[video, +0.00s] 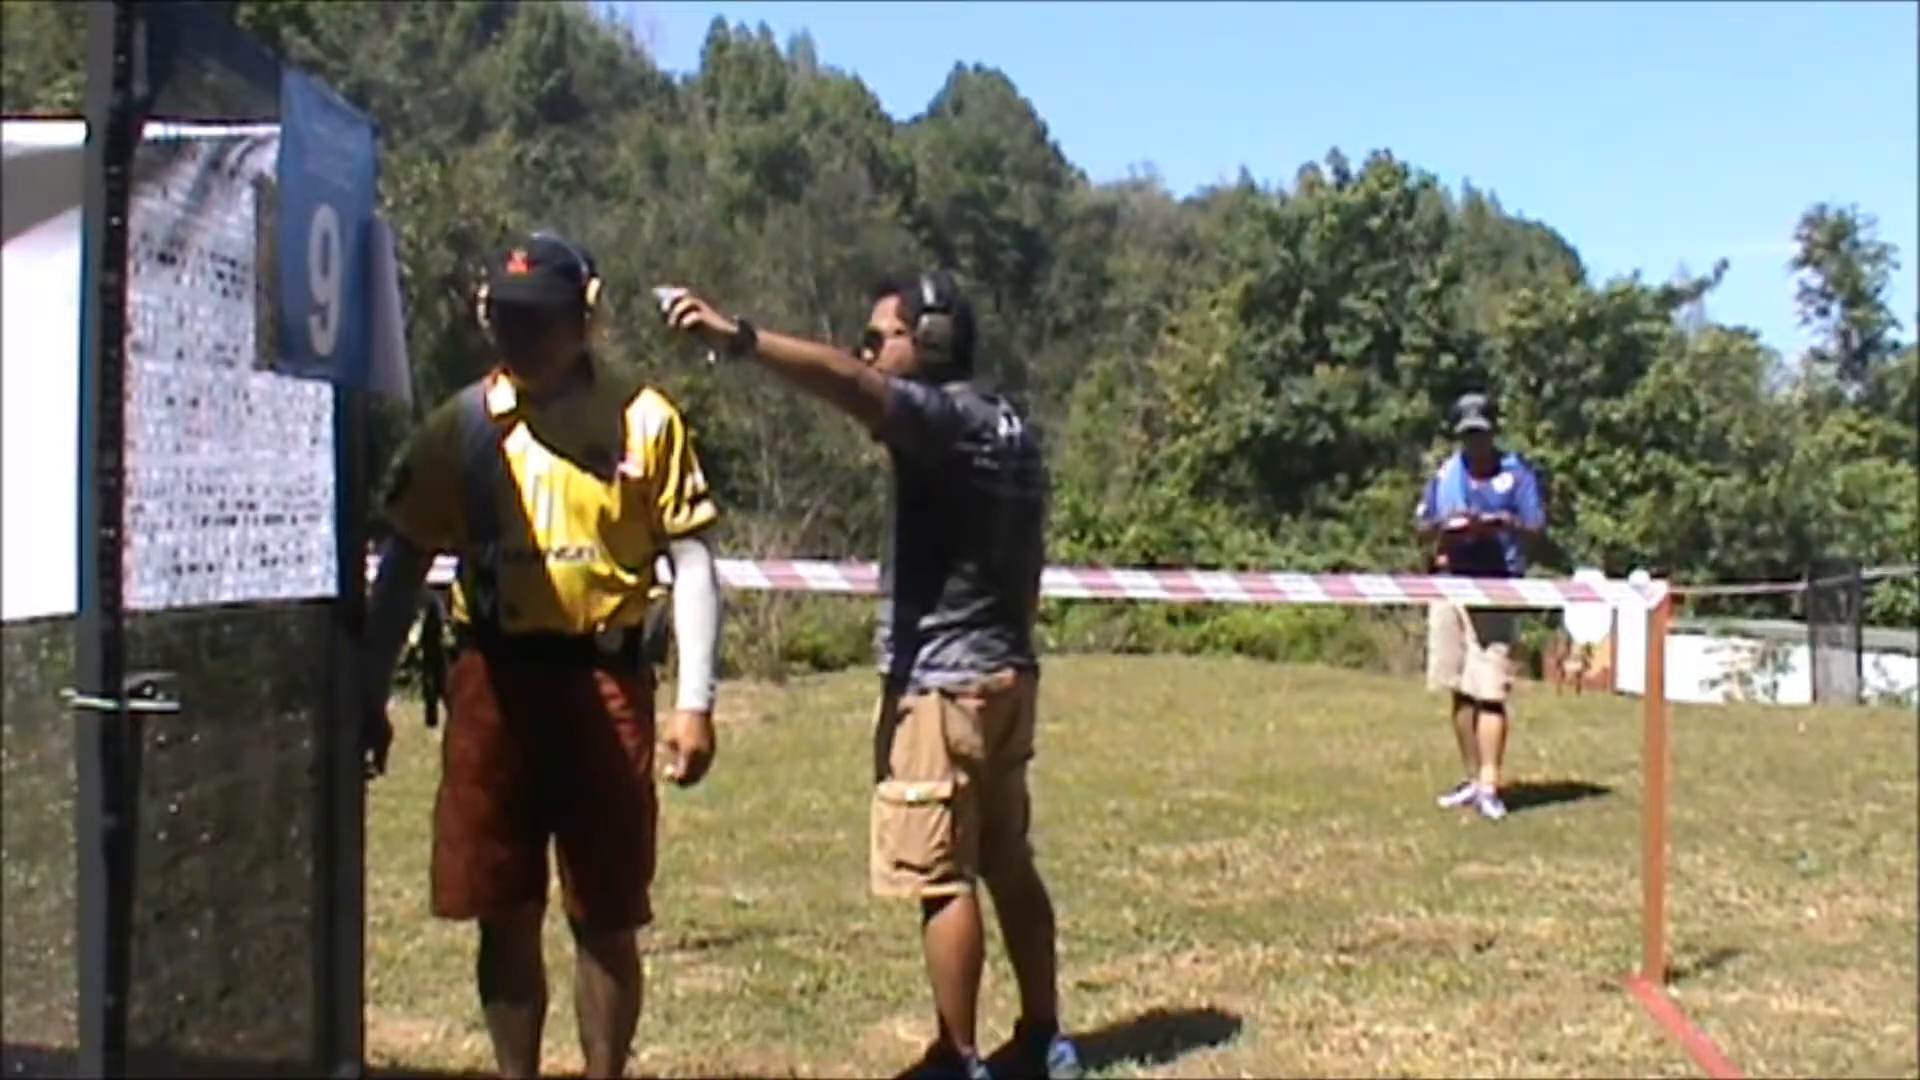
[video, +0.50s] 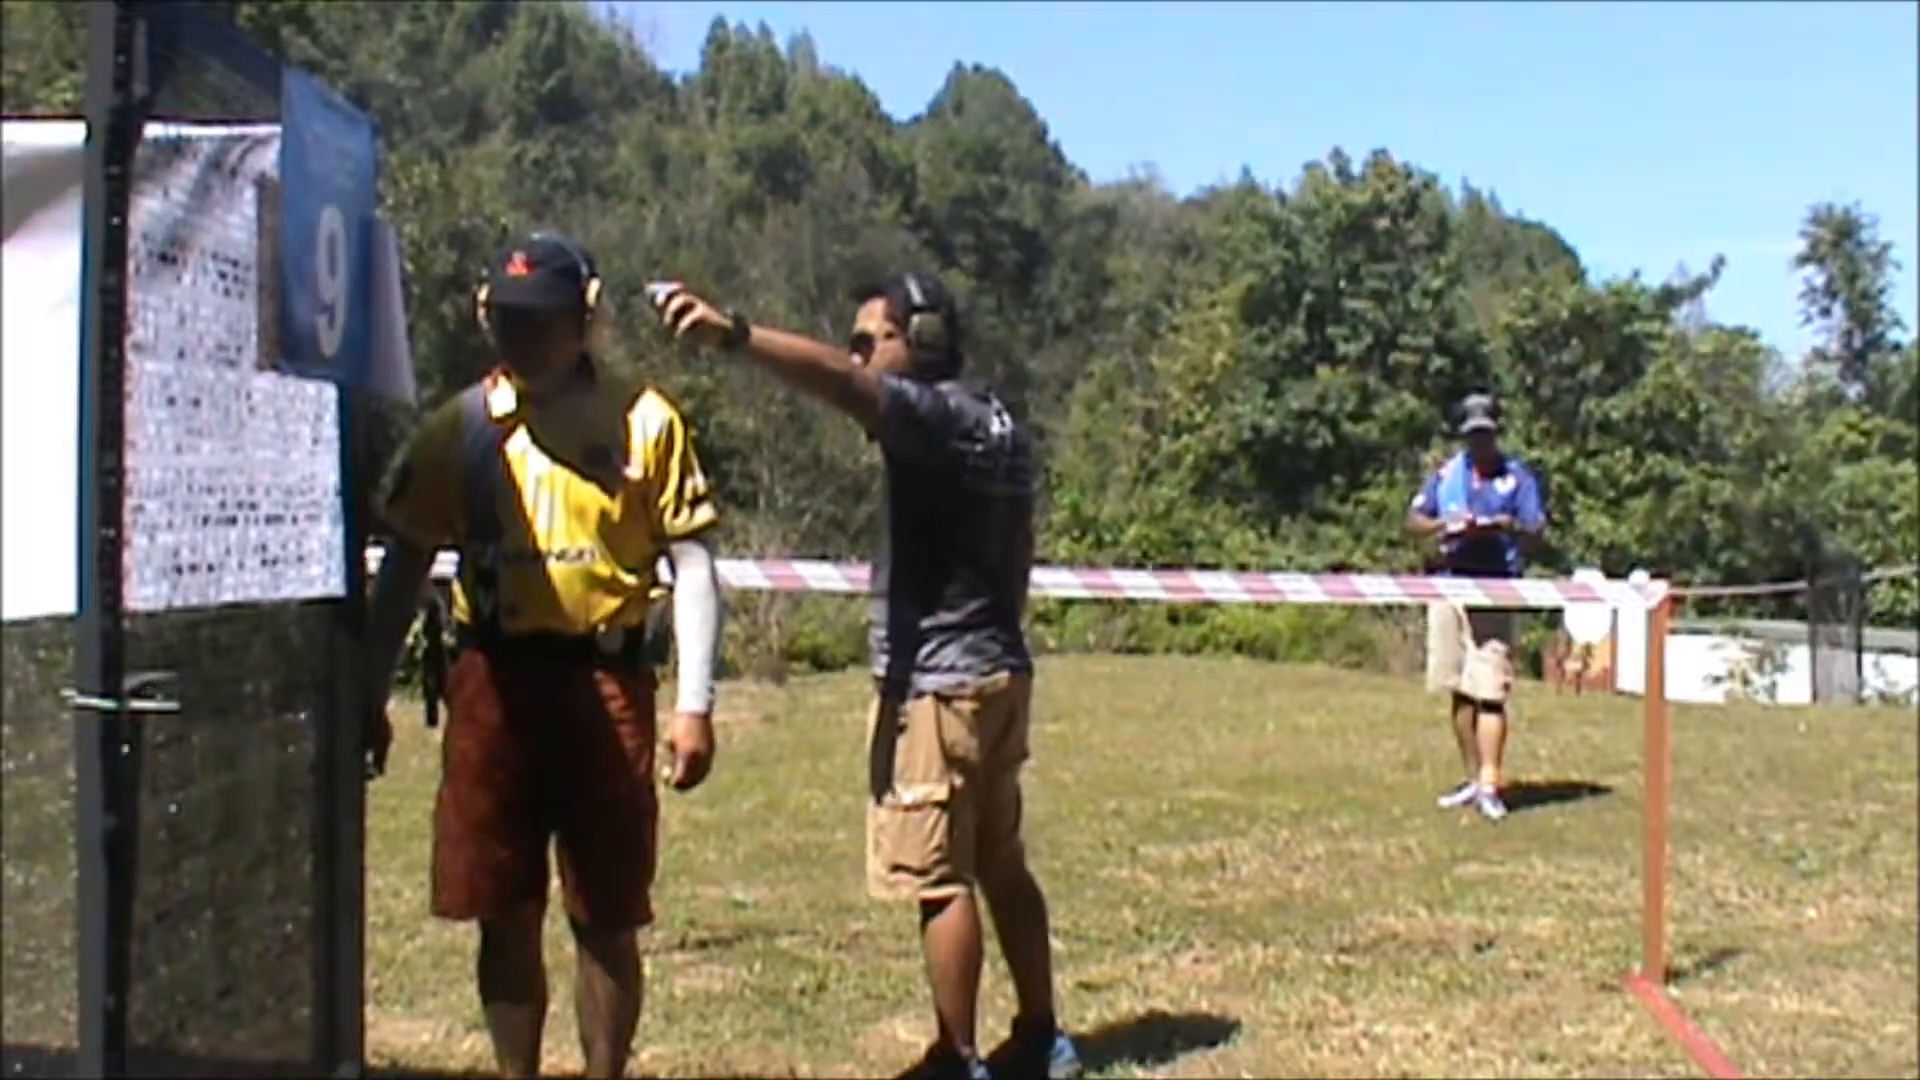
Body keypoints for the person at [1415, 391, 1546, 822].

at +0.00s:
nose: (1475, 442)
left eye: (1482, 434)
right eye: (1468, 435)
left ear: (1494, 434)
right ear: (1458, 437)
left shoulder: (1517, 474)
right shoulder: (1446, 473)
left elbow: (1537, 534)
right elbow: (1423, 525)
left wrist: (1504, 522)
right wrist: (1452, 525)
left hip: (1497, 588)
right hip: (1451, 587)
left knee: (1491, 691)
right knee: (1460, 690)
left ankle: (1490, 783)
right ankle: (1472, 776)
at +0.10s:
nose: (1476, 443)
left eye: (1483, 434)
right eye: (1469, 435)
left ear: (1495, 435)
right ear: (1458, 437)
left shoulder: (1517, 475)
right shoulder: (1445, 474)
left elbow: (1537, 538)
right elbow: (1422, 528)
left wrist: (1505, 523)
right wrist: (1449, 526)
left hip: (1496, 588)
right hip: (1450, 588)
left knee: (1490, 690)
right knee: (1459, 689)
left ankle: (1490, 783)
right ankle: (1471, 776)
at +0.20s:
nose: (1476, 442)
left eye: (1483, 434)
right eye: (1469, 435)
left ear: (1495, 435)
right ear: (1458, 436)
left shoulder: (1517, 475)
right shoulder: (1446, 473)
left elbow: (1537, 538)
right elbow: (1421, 527)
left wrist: (1505, 524)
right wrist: (1449, 526)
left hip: (1496, 588)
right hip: (1450, 588)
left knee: (1491, 690)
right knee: (1459, 689)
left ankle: (1490, 783)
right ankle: (1472, 775)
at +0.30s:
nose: (1478, 442)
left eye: (1485, 434)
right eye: (1471, 435)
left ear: (1497, 434)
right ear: (1460, 437)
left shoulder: (1518, 476)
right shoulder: (1446, 473)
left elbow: (1537, 536)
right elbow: (1417, 522)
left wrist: (1503, 523)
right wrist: (1445, 526)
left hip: (1495, 589)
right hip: (1450, 588)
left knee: (1491, 690)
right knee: (1459, 689)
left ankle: (1489, 783)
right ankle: (1472, 776)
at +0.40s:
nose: (1479, 442)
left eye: (1486, 434)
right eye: (1471, 435)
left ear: (1498, 434)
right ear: (1460, 436)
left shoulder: (1518, 476)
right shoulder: (1446, 473)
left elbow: (1537, 535)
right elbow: (1416, 520)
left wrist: (1504, 524)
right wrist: (1444, 525)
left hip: (1495, 589)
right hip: (1450, 588)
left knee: (1491, 691)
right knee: (1459, 689)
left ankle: (1489, 782)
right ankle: (1472, 775)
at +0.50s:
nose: (1481, 442)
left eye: (1487, 433)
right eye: (1473, 435)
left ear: (1498, 434)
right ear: (1461, 436)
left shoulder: (1518, 477)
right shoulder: (1447, 473)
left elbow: (1536, 535)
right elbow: (1415, 519)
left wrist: (1506, 525)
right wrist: (1445, 526)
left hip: (1495, 589)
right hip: (1450, 588)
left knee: (1491, 690)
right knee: (1459, 689)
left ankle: (1489, 782)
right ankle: (1472, 775)